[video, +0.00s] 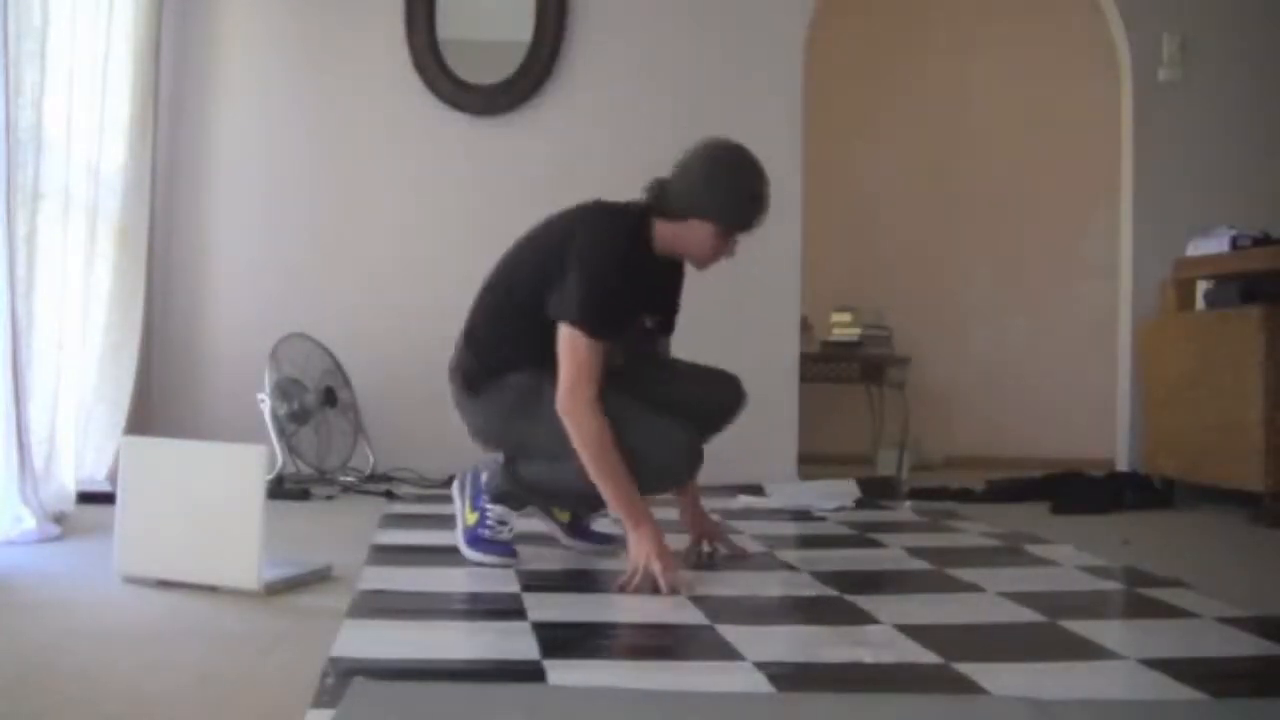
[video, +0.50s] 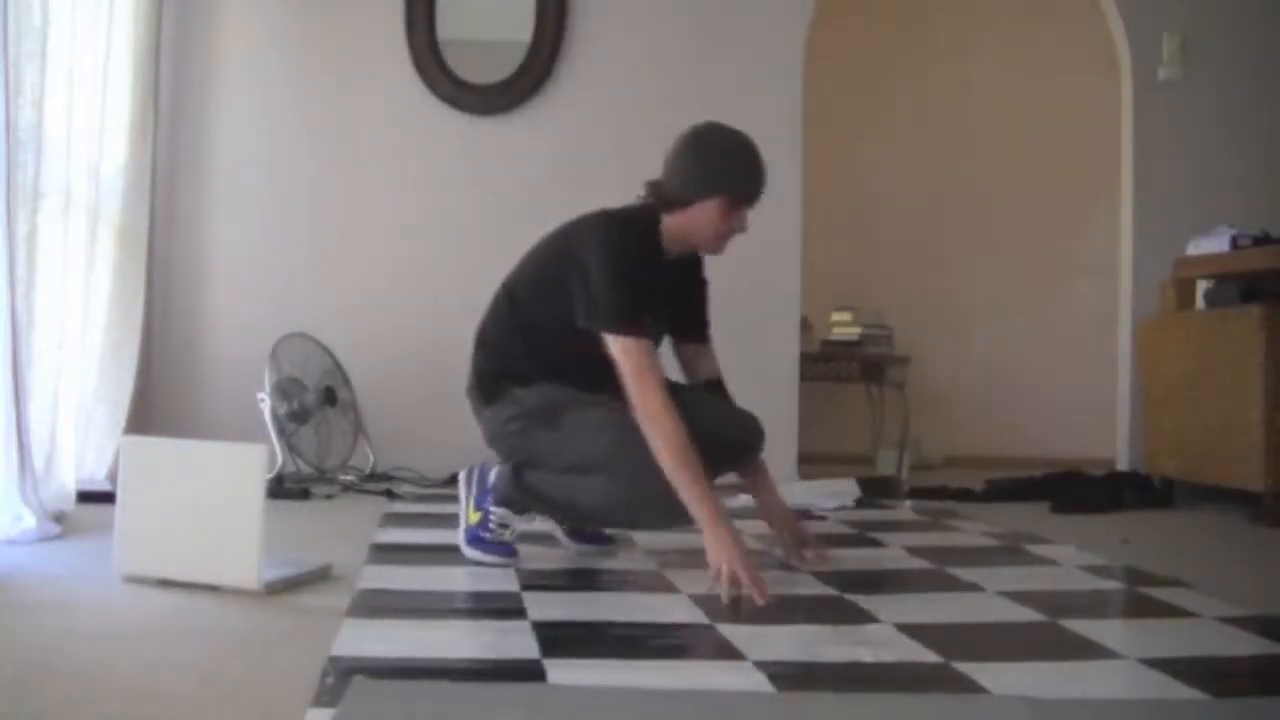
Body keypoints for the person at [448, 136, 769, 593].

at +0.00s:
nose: (730, 250)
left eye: (736, 236)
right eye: (727, 233)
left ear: (691, 213)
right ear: (695, 215)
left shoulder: (665, 262)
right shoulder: (601, 246)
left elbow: (651, 379)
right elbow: (575, 402)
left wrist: (691, 507)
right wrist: (640, 528)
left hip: (568, 379)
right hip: (498, 393)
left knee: (718, 396)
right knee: (669, 454)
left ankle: (567, 493)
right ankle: (492, 487)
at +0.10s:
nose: (712, 237)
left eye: (716, 222)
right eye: (707, 220)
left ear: (674, 209)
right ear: (674, 206)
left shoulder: (653, 260)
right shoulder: (582, 248)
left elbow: (645, 377)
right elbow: (566, 404)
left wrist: (693, 507)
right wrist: (641, 529)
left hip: (581, 390)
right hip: (501, 410)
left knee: (720, 401)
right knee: (672, 461)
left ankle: (568, 496)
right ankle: (495, 488)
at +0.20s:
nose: (707, 231)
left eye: (712, 216)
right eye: (703, 214)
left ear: (669, 203)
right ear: (670, 202)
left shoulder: (652, 256)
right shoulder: (579, 244)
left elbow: (647, 379)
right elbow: (566, 400)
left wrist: (701, 504)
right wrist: (644, 521)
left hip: (580, 389)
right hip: (501, 408)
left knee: (720, 404)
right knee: (670, 460)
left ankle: (569, 495)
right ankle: (494, 489)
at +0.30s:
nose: (710, 224)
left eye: (714, 210)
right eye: (704, 208)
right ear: (670, 195)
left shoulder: (653, 252)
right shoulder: (584, 239)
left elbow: (666, 380)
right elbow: (584, 391)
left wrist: (737, 497)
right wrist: (674, 517)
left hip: (571, 386)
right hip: (502, 403)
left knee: (723, 408)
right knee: (673, 459)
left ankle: (566, 496)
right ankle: (496, 489)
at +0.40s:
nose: (716, 224)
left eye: (719, 209)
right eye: (709, 207)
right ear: (672, 193)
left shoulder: (662, 257)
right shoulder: (589, 240)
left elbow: (687, 381)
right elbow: (610, 390)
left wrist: (764, 495)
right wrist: (698, 515)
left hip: (574, 395)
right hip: (506, 404)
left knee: (723, 414)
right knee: (679, 468)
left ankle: (570, 495)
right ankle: (495, 488)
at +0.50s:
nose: (743, 225)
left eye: (746, 210)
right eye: (736, 208)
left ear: (706, 203)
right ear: (701, 198)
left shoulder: (681, 262)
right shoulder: (614, 249)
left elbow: (707, 383)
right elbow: (648, 400)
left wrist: (767, 498)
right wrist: (715, 527)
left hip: (595, 401)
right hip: (520, 407)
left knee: (732, 433)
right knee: (668, 495)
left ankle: (572, 496)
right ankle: (503, 486)